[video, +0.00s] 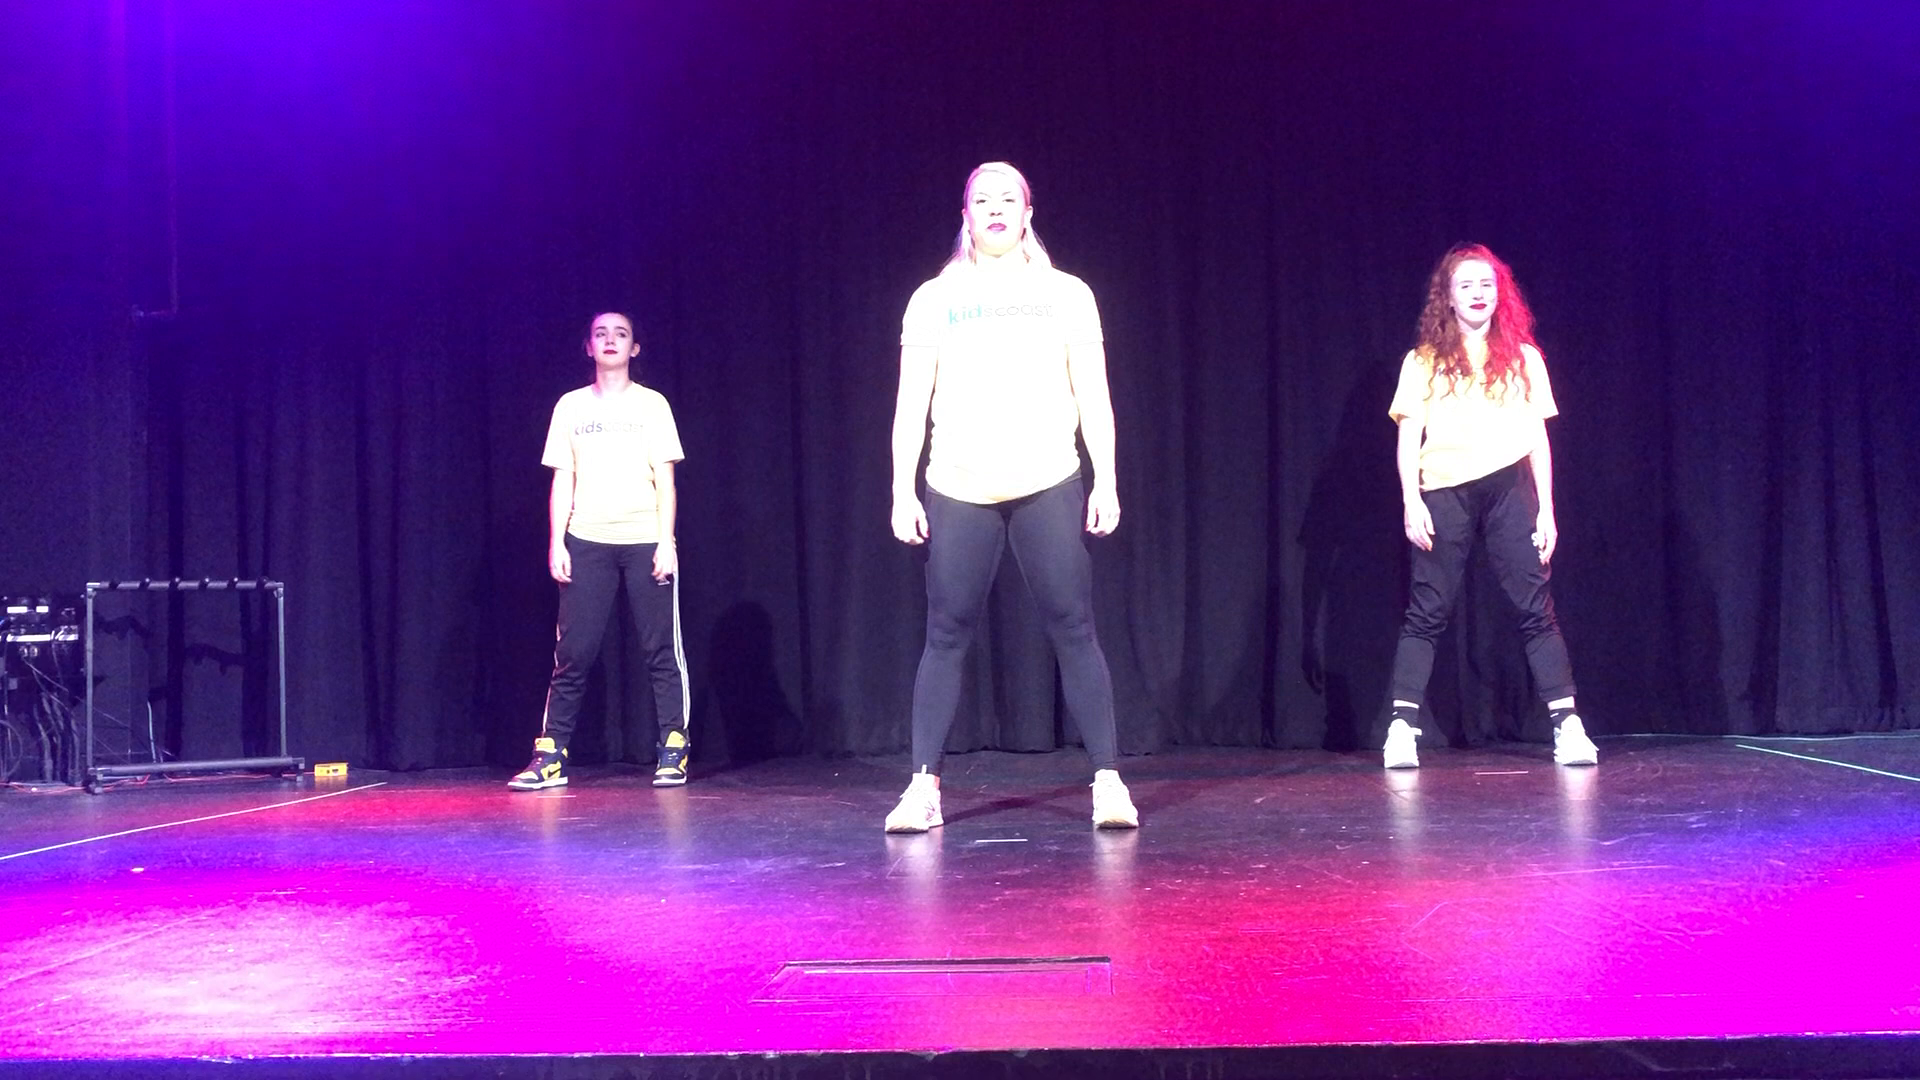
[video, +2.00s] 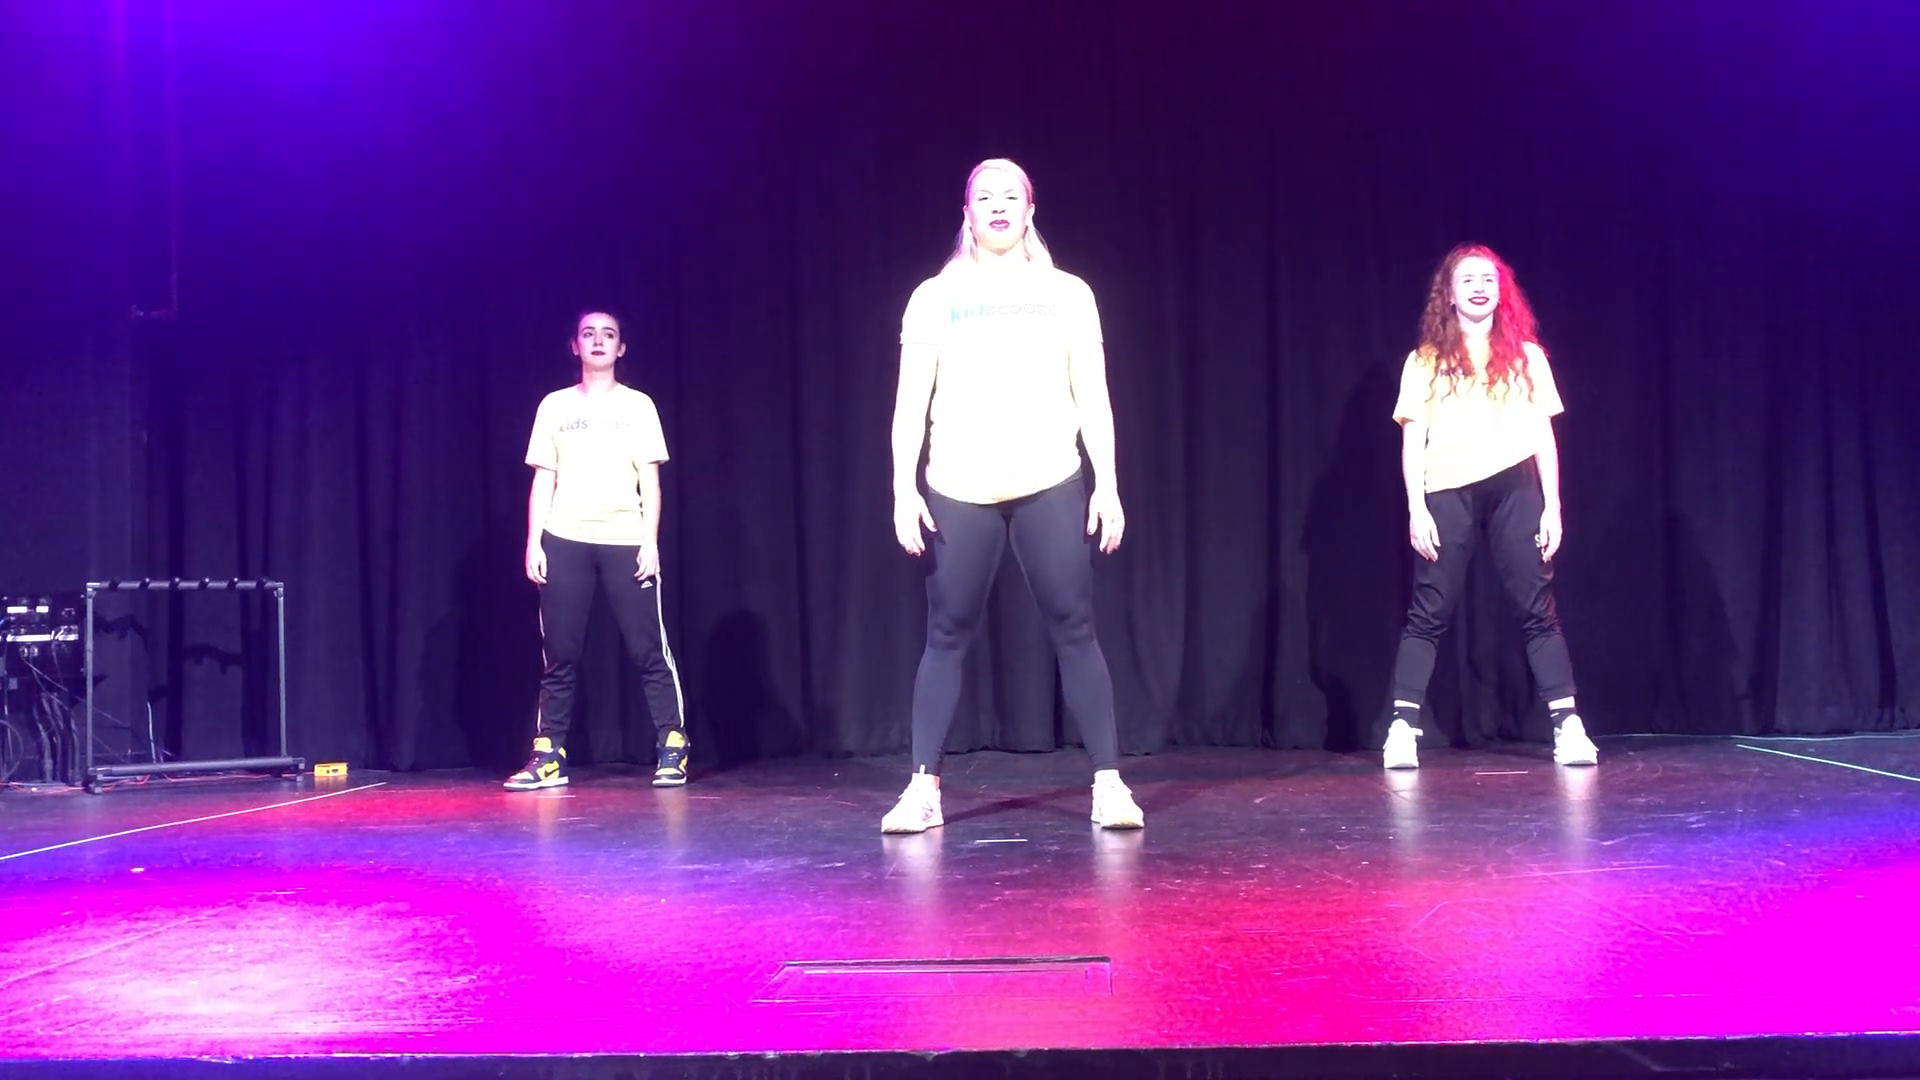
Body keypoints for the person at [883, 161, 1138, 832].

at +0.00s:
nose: (996, 210)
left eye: (1007, 200)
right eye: (984, 200)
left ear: (1028, 212)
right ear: (966, 213)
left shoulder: (1069, 294)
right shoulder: (931, 300)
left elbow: (1093, 392)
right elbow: (912, 402)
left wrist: (1105, 478)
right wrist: (903, 488)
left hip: (1049, 482)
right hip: (960, 485)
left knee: (1073, 624)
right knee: (946, 627)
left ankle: (1107, 777)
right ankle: (923, 783)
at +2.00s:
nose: (999, 209)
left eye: (1010, 199)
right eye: (987, 199)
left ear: (1030, 209)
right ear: (967, 210)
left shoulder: (1070, 294)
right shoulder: (932, 299)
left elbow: (1092, 394)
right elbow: (911, 402)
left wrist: (1106, 483)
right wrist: (904, 488)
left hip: (1050, 482)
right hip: (961, 486)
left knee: (1074, 624)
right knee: (947, 629)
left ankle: (1108, 780)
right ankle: (924, 783)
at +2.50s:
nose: (971, 200)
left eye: (986, 188)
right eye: (965, 192)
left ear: (1024, 200)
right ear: (959, 210)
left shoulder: (1071, 287)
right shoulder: (939, 292)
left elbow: (1093, 391)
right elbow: (882, 382)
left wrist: (1108, 482)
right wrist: (820, 457)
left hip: (1049, 477)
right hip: (961, 482)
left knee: (1074, 623)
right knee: (947, 627)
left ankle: (1106, 779)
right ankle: (924, 784)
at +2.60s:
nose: (950, 197)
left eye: (966, 186)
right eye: (949, 188)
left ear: (1009, 197)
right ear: (948, 204)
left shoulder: (1062, 276)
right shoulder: (933, 288)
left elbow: (1088, 382)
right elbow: (849, 350)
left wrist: (1105, 475)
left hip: (1044, 475)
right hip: (957, 482)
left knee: (1073, 621)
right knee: (948, 626)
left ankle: (1110, 779)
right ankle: (924, 783)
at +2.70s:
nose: (929, 195)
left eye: (946, 183)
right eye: (930, 186)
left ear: (987, 198)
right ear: (934, 206)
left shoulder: (1041, 274)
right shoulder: (918, 286)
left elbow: (1072, 378)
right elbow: (833, 331)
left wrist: (1093, 471)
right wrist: (812, 246)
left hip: (1032, 472)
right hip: (949, 482)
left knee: (1071, 618)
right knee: (940, 626)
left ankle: (1120, 771)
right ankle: (921, 783)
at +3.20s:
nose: (848, 259)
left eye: (861, 247)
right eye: (850, 248)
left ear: (903, 255)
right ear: (876, 260)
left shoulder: (956, 317)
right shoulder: (881, 340)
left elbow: (1002, 409)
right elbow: (813, 394)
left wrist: (1027, 503)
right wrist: (833, 315)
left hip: (1017, 490)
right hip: (952, 506)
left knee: (1049, 634)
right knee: (911, 629)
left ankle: (1144, 768)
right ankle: (917, 788)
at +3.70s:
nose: (911, 219)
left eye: (927, 208)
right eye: (908, 211)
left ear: (969, 218)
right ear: (905, 226)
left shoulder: (1025, 284)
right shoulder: (905, 300)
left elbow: (1088, 369)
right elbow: (845, 368)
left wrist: (1114, 451)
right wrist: (894, 287)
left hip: (1035, 480)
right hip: (950, 489)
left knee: (1084, 619)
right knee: (921, 626)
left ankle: (1127, 774)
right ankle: (917, 787)